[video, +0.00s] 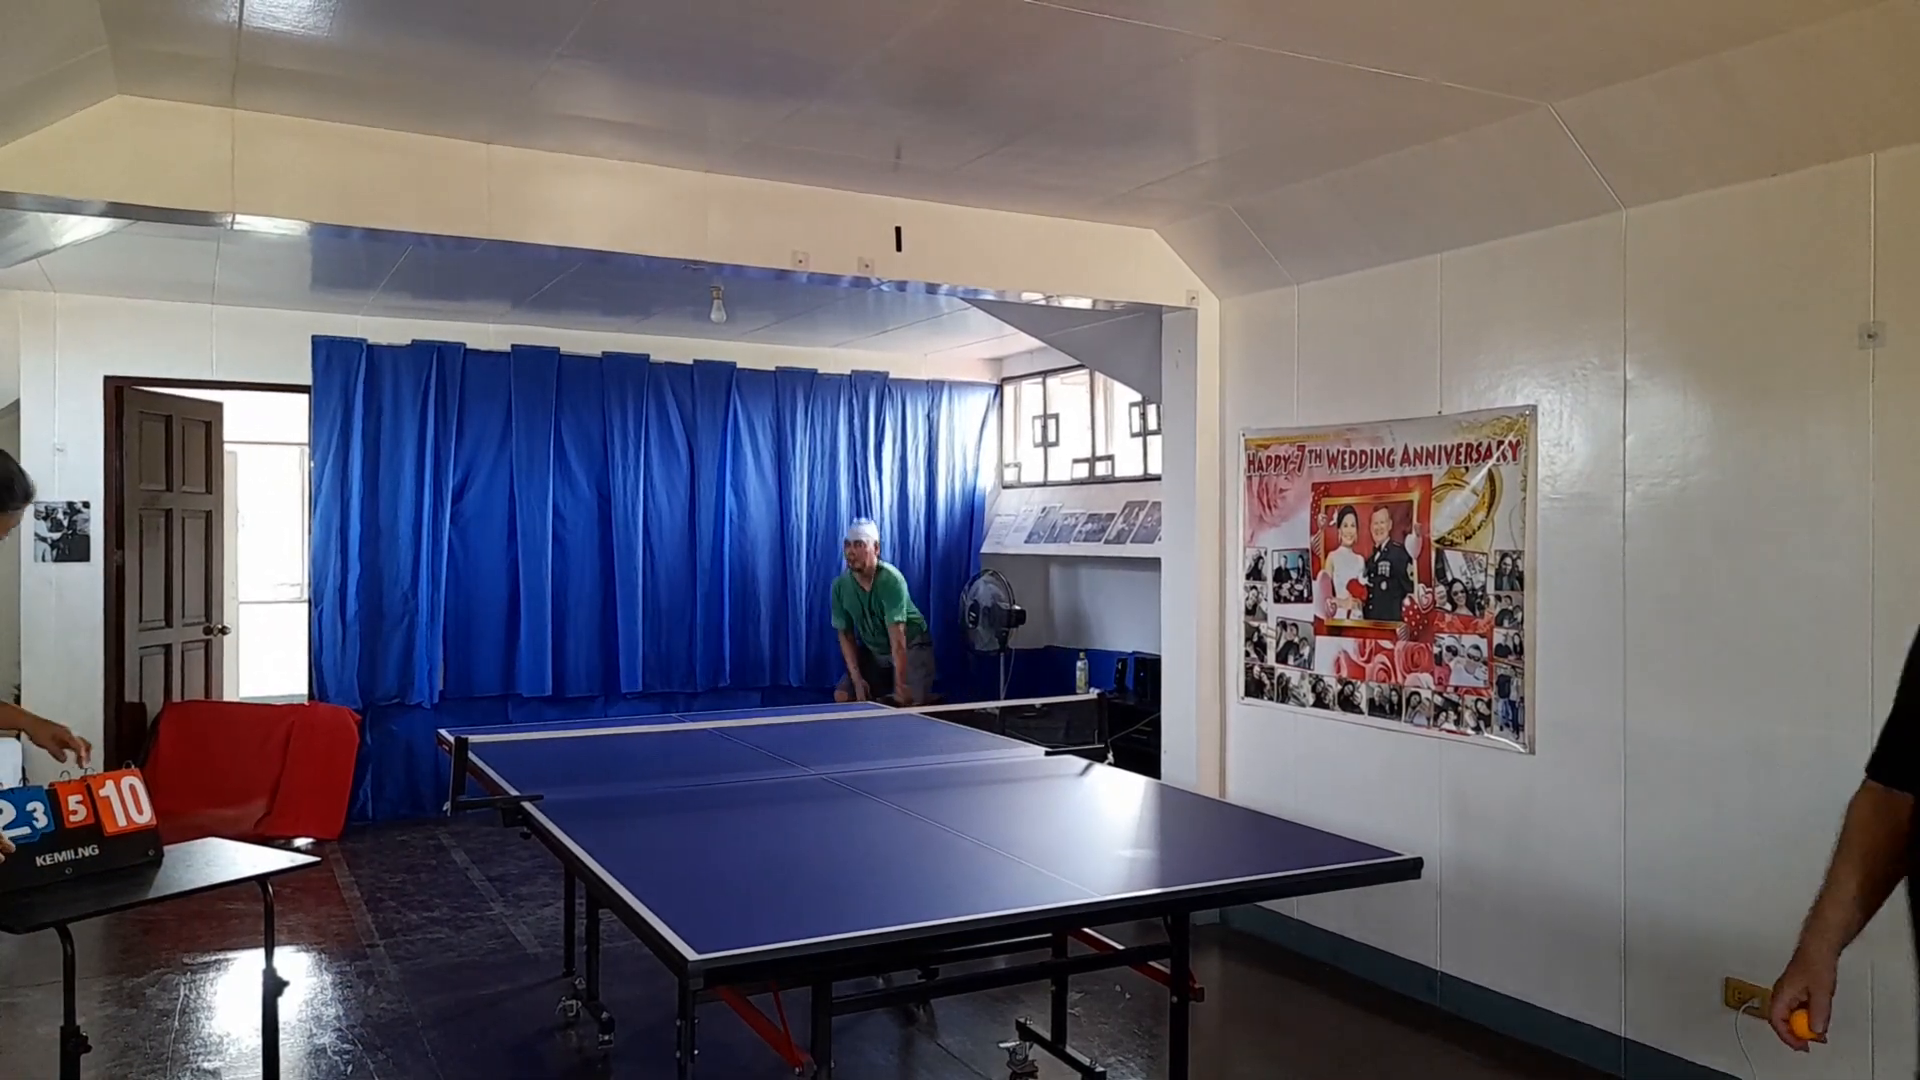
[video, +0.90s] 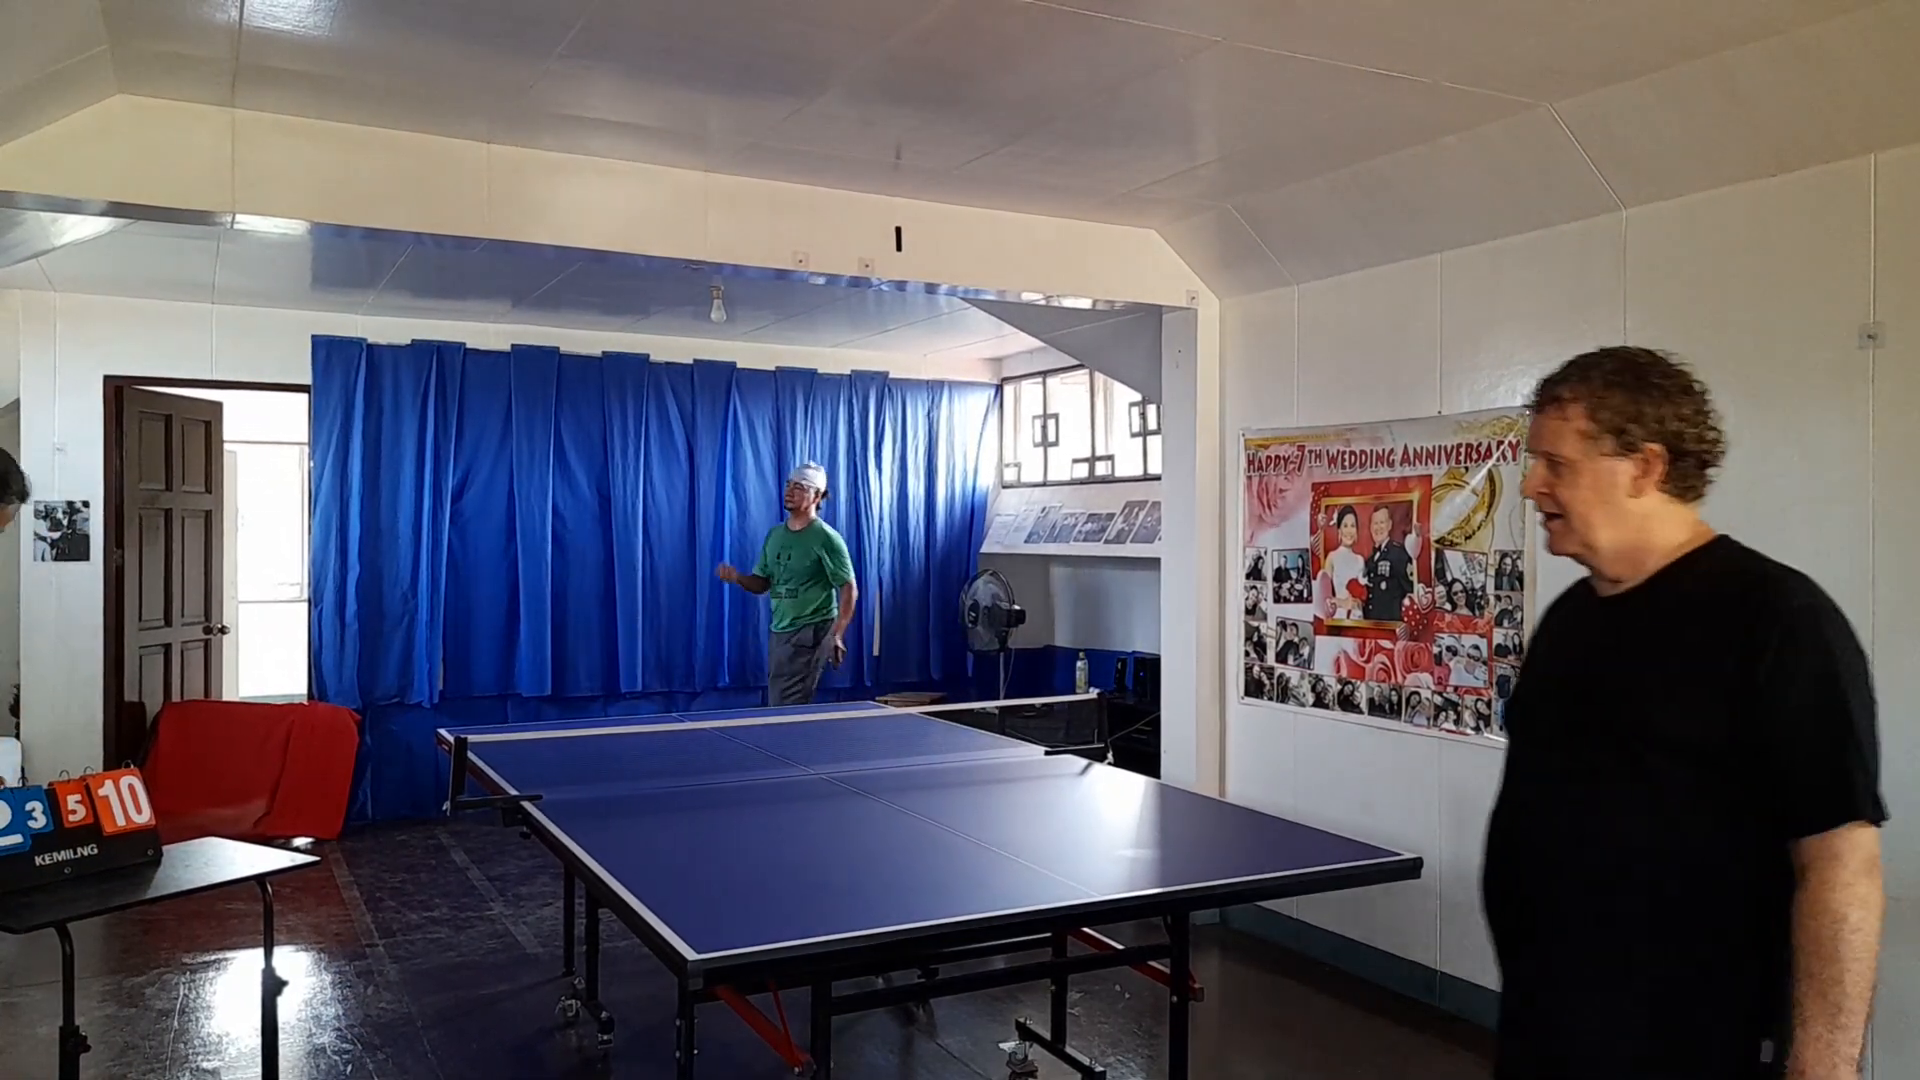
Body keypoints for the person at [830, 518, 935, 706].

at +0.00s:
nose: (850, 552)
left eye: (858, 545)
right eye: (847, 545)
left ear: (875, 548)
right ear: (843, 548)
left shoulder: (891, 581)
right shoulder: (840, 586)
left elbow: (897, 638)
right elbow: (845, 635)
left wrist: (900, 686)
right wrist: (857, 680)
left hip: (912, 646)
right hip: (874, 649)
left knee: (909, 703)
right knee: (843, 695)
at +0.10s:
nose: (845, 525)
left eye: (853, 518)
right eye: (842, 519)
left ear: (871, 525)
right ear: (839, 524)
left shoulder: (886, 559)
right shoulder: (833, 565)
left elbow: (893, 611)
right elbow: (835, 611)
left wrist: (863, 650)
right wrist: (849, 653)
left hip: (902, 634)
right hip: (865, 636)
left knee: (912, 700)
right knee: (844, 695)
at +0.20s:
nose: (840, 505)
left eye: (848, 499)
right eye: (837, 499)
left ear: (865, 505)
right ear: (834, 504)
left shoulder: (879, 541)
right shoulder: (827, 546)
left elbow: (888, 594)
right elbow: (823, 590)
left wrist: (842, 613)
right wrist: (835, 630)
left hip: (893, 626)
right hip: (857, 629)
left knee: (901, 700)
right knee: (845, 697)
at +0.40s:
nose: (831, 488)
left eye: (840, 483)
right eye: (829, 482)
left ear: (857, 491)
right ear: (826, 488)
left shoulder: (869, 528)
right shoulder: (819, 533)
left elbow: (882, 576)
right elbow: (813, 582)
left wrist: (833, 585)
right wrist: (804, 626)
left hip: (874, 620)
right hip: (839, 622)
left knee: (870, 695)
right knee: (846, 696)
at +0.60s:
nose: (814, 491)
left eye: (823, 486)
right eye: (812, 486)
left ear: (840, 496)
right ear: (807, 491)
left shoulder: (854, 533)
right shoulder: (803, 539)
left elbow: (874, 585)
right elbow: (801, 590)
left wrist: (847, 622)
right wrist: (777, 628)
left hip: (857, 627)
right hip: (825, 628)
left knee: (835, 701)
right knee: (850, 702)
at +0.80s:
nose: (797, 494)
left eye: (807, 490)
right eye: (796, 488)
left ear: (824, 500)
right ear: (792, 492)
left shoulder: (835, 540)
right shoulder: (784, 539)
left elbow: (860, 589)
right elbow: (775, 589)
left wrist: (851, 638)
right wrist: (749, 601)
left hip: (823, 634)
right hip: (795, 635)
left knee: (798, 705)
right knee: (822, 707)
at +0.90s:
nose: (789, 491)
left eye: (799, 487)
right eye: (789, 485)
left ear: (816, 497)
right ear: (785, 489)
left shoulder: (826, 538)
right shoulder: (775, 535)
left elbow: (849, 588)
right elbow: (761, 584)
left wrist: (837, 634)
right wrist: (737, 577)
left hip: (811, 631)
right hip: (780, 631)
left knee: (787, 706)